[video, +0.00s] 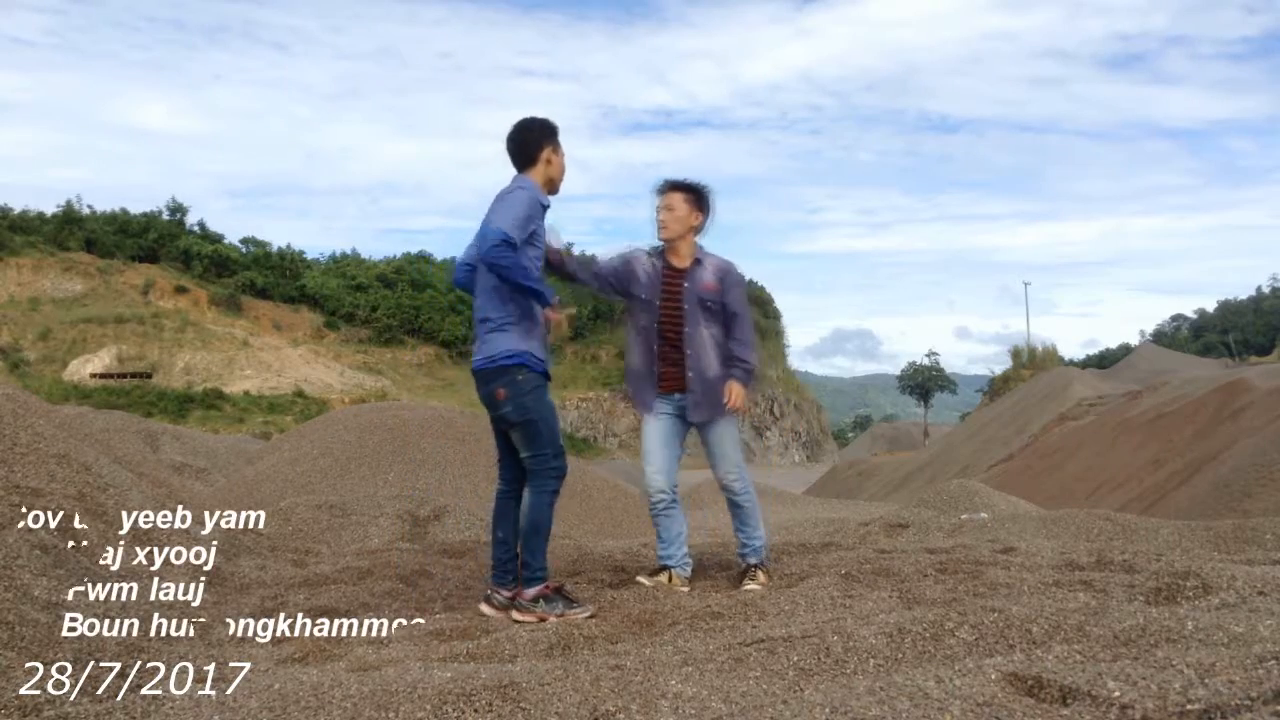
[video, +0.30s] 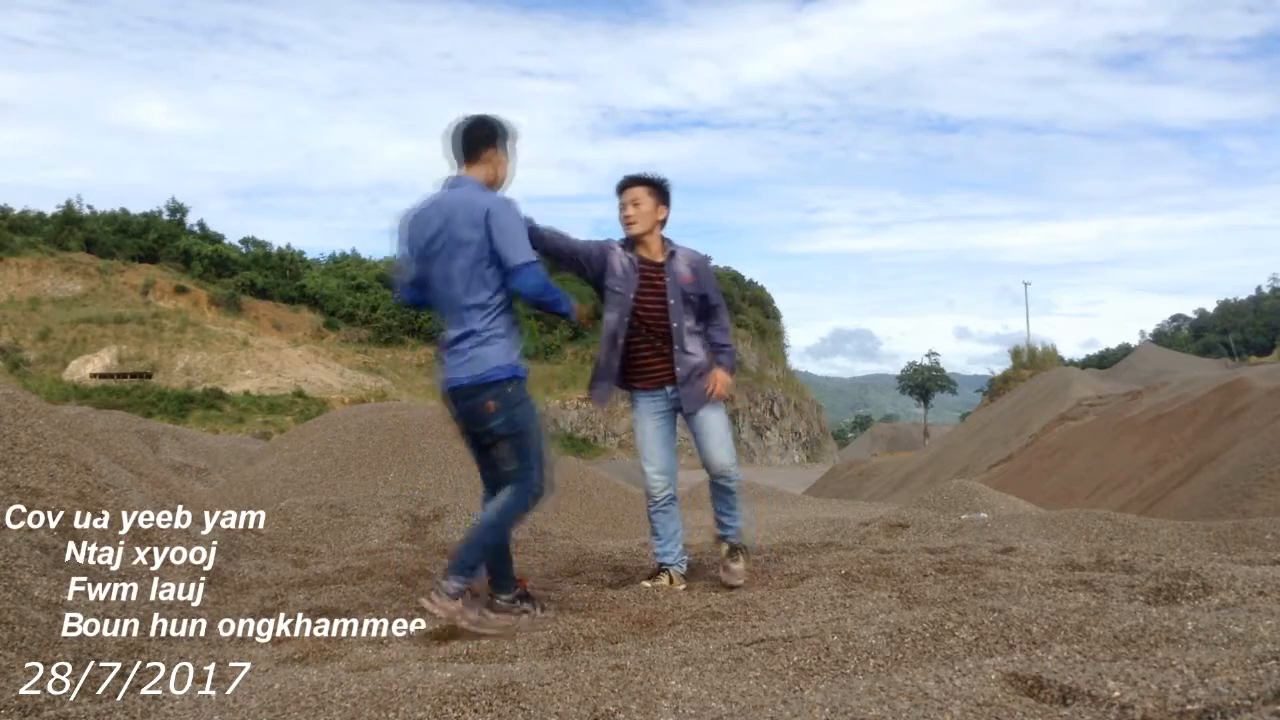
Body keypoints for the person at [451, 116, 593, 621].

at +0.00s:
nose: (565, 165)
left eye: (563, 155)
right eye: (562, 155)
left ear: (523, 158)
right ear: (549, 156)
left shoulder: (503, 202)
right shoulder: (527, 196)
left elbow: (463, 273)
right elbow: (494, 247)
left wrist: (520, 298)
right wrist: (548, 299)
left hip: (493, 364)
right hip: (516, 363)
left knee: (513, 476)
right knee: (547, 469)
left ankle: (504, 586)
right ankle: (534, 588)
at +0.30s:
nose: (509, 166)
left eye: (507, 157)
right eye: (506, 157)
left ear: (463, 157)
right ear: (491, 156)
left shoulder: (420, 216)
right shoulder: (494, 206)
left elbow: (410, 292)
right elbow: (528, 283)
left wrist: (459, 294)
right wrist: (569, 308)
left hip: (458, 378)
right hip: (496, 373)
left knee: (498, 485)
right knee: (529, 482)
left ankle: (504, 593)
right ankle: (453, 586)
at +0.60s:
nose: (442, 162)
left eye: (437, 153)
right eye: (439, 153)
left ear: (390, 159)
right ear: (429, 156)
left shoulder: (352, 220)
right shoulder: (452, 211)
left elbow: (338, 301)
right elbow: (488, 293)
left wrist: (356, 354)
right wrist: (513, 339)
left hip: (385, 386)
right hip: (446, 382)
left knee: (413, 467)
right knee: (450, 496)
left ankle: (404, 577)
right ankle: (431, 618)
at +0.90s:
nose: (378, 166)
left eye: (374, 157)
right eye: (374, 157)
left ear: (327, 165)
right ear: (360, 160)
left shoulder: (282, 221)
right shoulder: (379, 214)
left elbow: (249, 293)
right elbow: (387, 296)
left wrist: (268, 368)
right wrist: (388, 378)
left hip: (301, 399)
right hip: (360, 397)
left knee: (298, 507)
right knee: (419, 495)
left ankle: (251, 626)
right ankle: (427, 619)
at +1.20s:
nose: (364, 146)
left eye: (361, 136)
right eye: (359, 136)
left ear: (313, 144)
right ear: (341, 138)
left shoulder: (268, 202)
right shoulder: (346, 185)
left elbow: (234, 290)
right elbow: (345, 268)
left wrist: (282, 328)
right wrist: (357, 352)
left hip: (270, 376)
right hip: (325, 367)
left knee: (278, 499)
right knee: (398, 468)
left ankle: (247, 632)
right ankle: (375, 604)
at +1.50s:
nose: (402, 140)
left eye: (398, 129)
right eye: (395, 128)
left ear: (350, 135)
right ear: (375, 131)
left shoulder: (318, 197)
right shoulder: (362, 182)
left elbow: (293, 284)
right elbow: (366, 276)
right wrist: (406, 348)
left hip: (314, 384)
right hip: (353, 377)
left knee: (303, 502)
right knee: (388, 498)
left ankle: (251, 625)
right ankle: (351, 633)